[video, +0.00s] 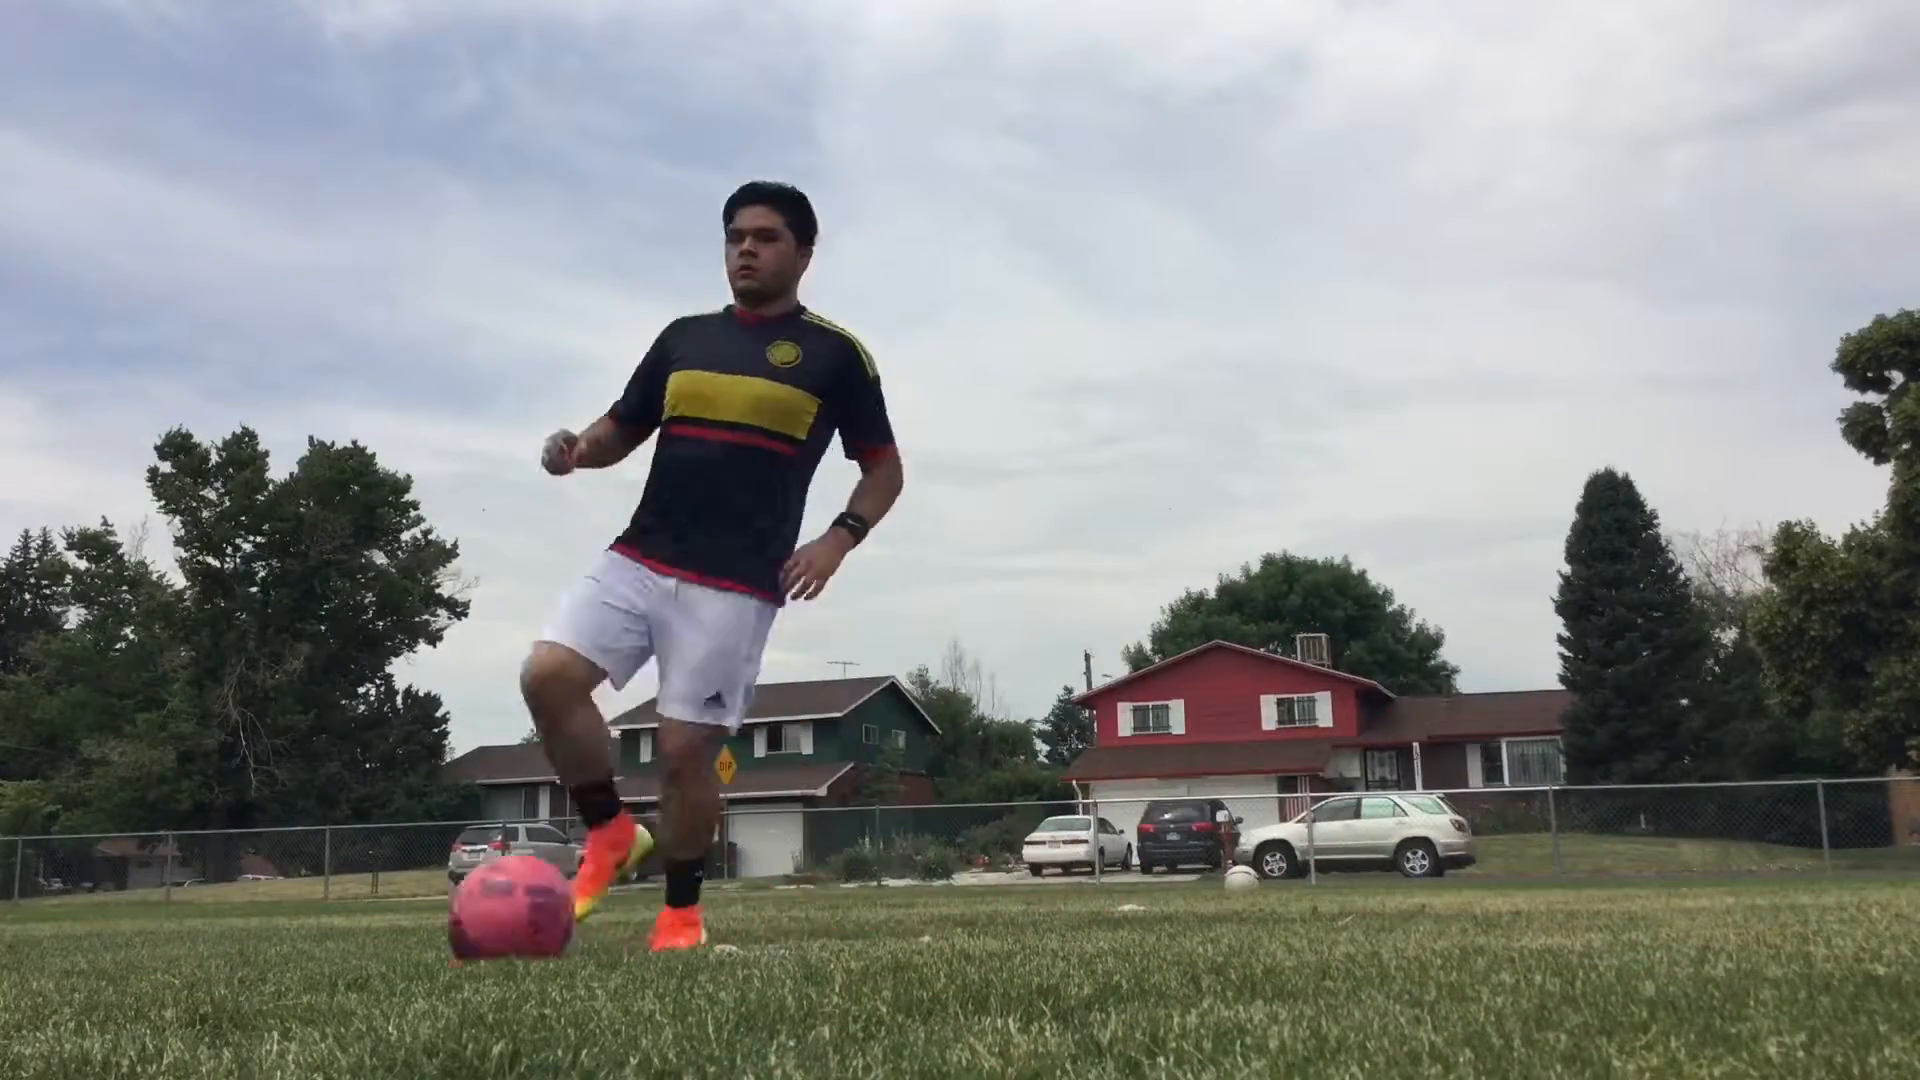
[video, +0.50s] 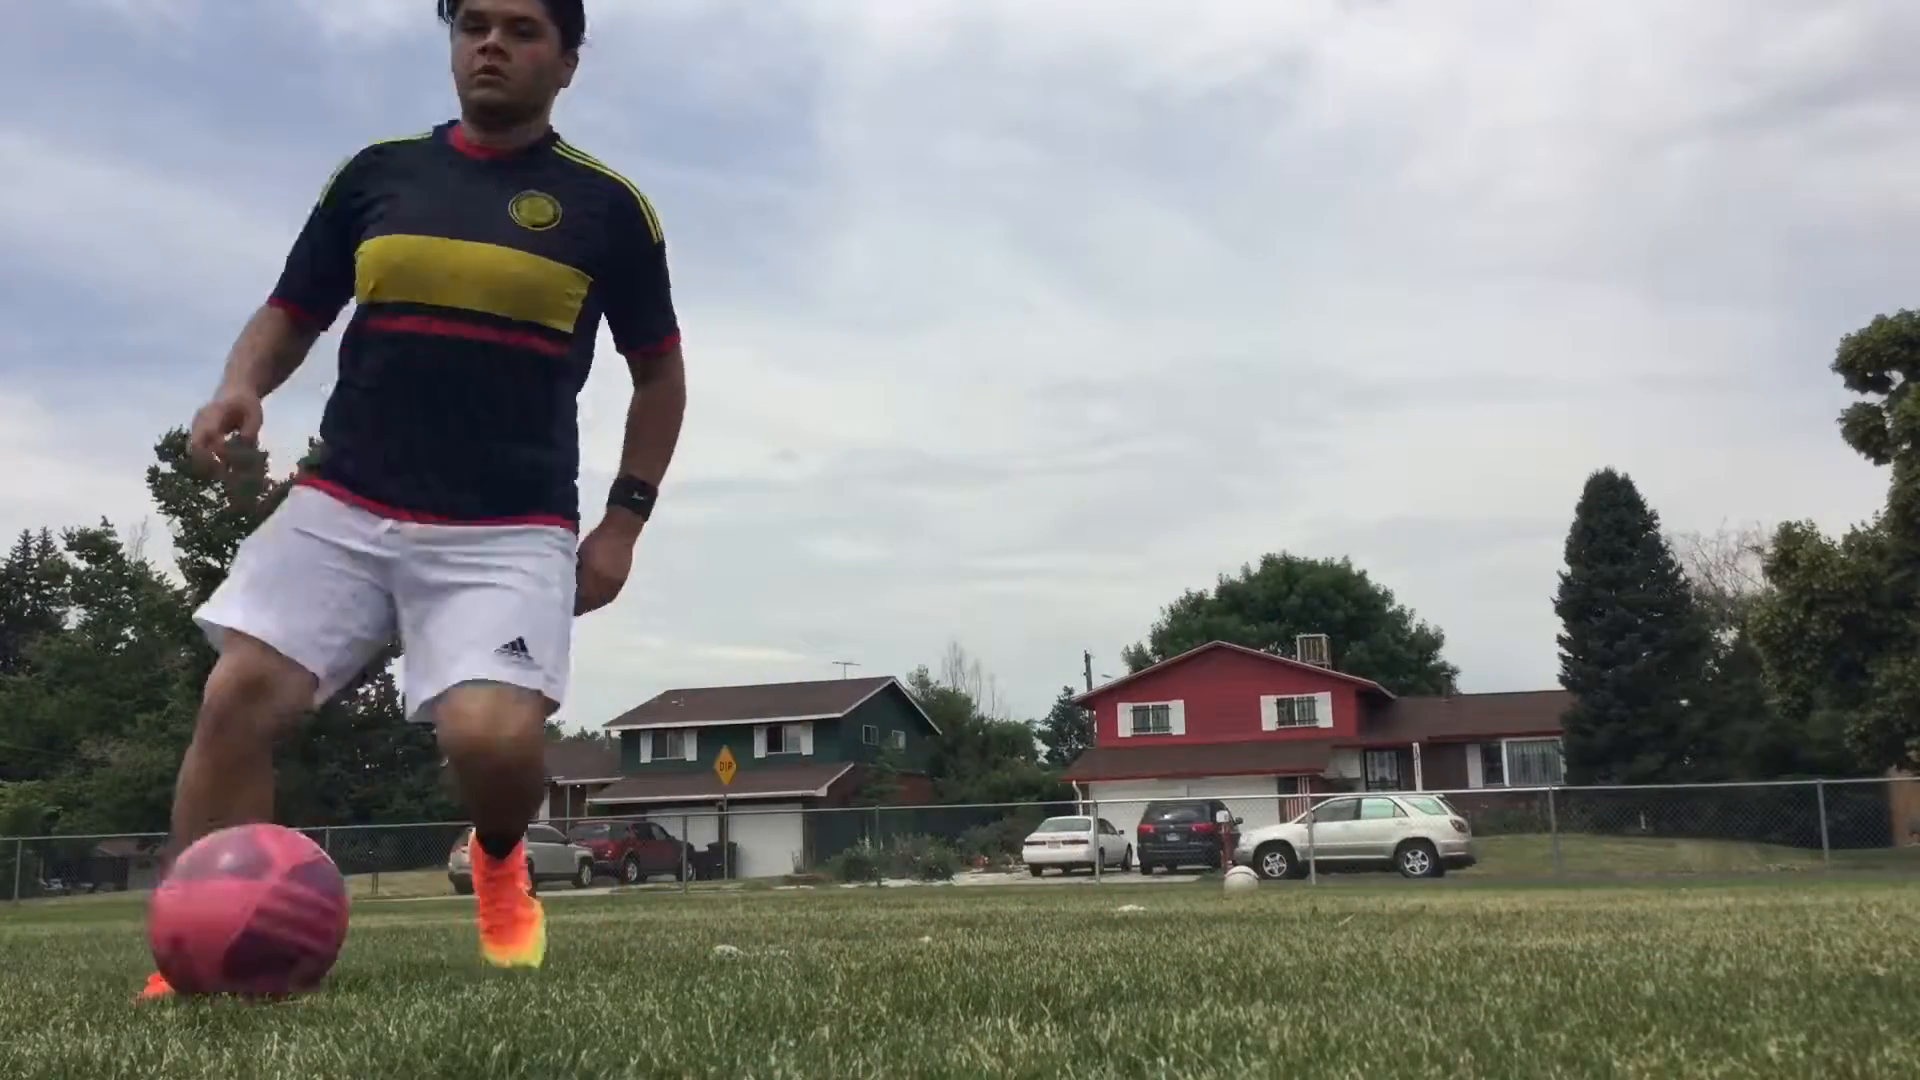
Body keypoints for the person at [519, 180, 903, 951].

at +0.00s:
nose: (746, 250)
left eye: (765, 238)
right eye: (737, 238)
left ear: (804, 253)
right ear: (724, 250)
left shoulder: (837, 356)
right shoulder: (682, 340)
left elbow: (885, 468)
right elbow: (622, 429)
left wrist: (837, 540)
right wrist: (578, 449)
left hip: (735, 581)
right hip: (641, 557)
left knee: (683, 751)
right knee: (548, 678)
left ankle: (680, 910)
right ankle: (610, 828)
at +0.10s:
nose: (696, 194)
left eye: (716, 180)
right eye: (684, 179)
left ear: (757, 194)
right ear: (670, 191)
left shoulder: (794, 298)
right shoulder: (628, 279)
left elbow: (867, 407)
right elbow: (555, 361)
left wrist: (819, 450)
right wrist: (512, 399)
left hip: (687, 531)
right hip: (588, 503)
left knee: (620, 710)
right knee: (470, 634)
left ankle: (604, 877)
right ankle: (480, 827)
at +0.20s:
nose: (640, 163)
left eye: (663, 148)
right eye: (629, 146)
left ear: (707, 163)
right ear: (614, 156)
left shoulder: (744, 281)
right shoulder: (567, 255)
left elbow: (813, 403)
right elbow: (491, 350)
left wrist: (775, 455)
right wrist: (426, 413)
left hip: (639, 535)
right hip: (526, 505)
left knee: (555, 721)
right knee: (404, 645)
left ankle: (469, 914)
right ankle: (318, 873)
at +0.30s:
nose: (577, 154)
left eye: (602, 140)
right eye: (565, 138)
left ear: (647, 161)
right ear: (550, 153)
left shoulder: (689, 288)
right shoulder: (500, 265)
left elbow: (746, 433)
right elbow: (441, 368)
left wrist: (699, 520)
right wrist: (354, 444)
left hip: (578, 561)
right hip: (458, 528)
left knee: (505, 760)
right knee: (346, 677)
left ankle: (447, 930)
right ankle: (218, 905)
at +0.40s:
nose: (520, 112)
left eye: (548, 96)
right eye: (505, 93)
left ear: (594, 120)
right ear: (485, 109)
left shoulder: (635, 251)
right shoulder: (434, 231)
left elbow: (691, 408)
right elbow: (385, 359)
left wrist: (636, 545)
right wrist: (305, 436)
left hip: (532, 553)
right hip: (398, 511)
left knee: (486, 803)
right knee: (296, 688)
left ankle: (461, 896)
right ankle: (204, 943)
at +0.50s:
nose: (490, 46)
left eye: (518, 30)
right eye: (472, 26)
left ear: (566, 60)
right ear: (451, 45)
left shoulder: (607, 209)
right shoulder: (376, 175)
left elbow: (660, 376)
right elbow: (291, 312)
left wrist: (621, 524)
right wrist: (240, 387)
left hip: (507, 530)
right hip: (344, 506)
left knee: (492, 740)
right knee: (234, 697)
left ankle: (498, 863)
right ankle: (193, 952)